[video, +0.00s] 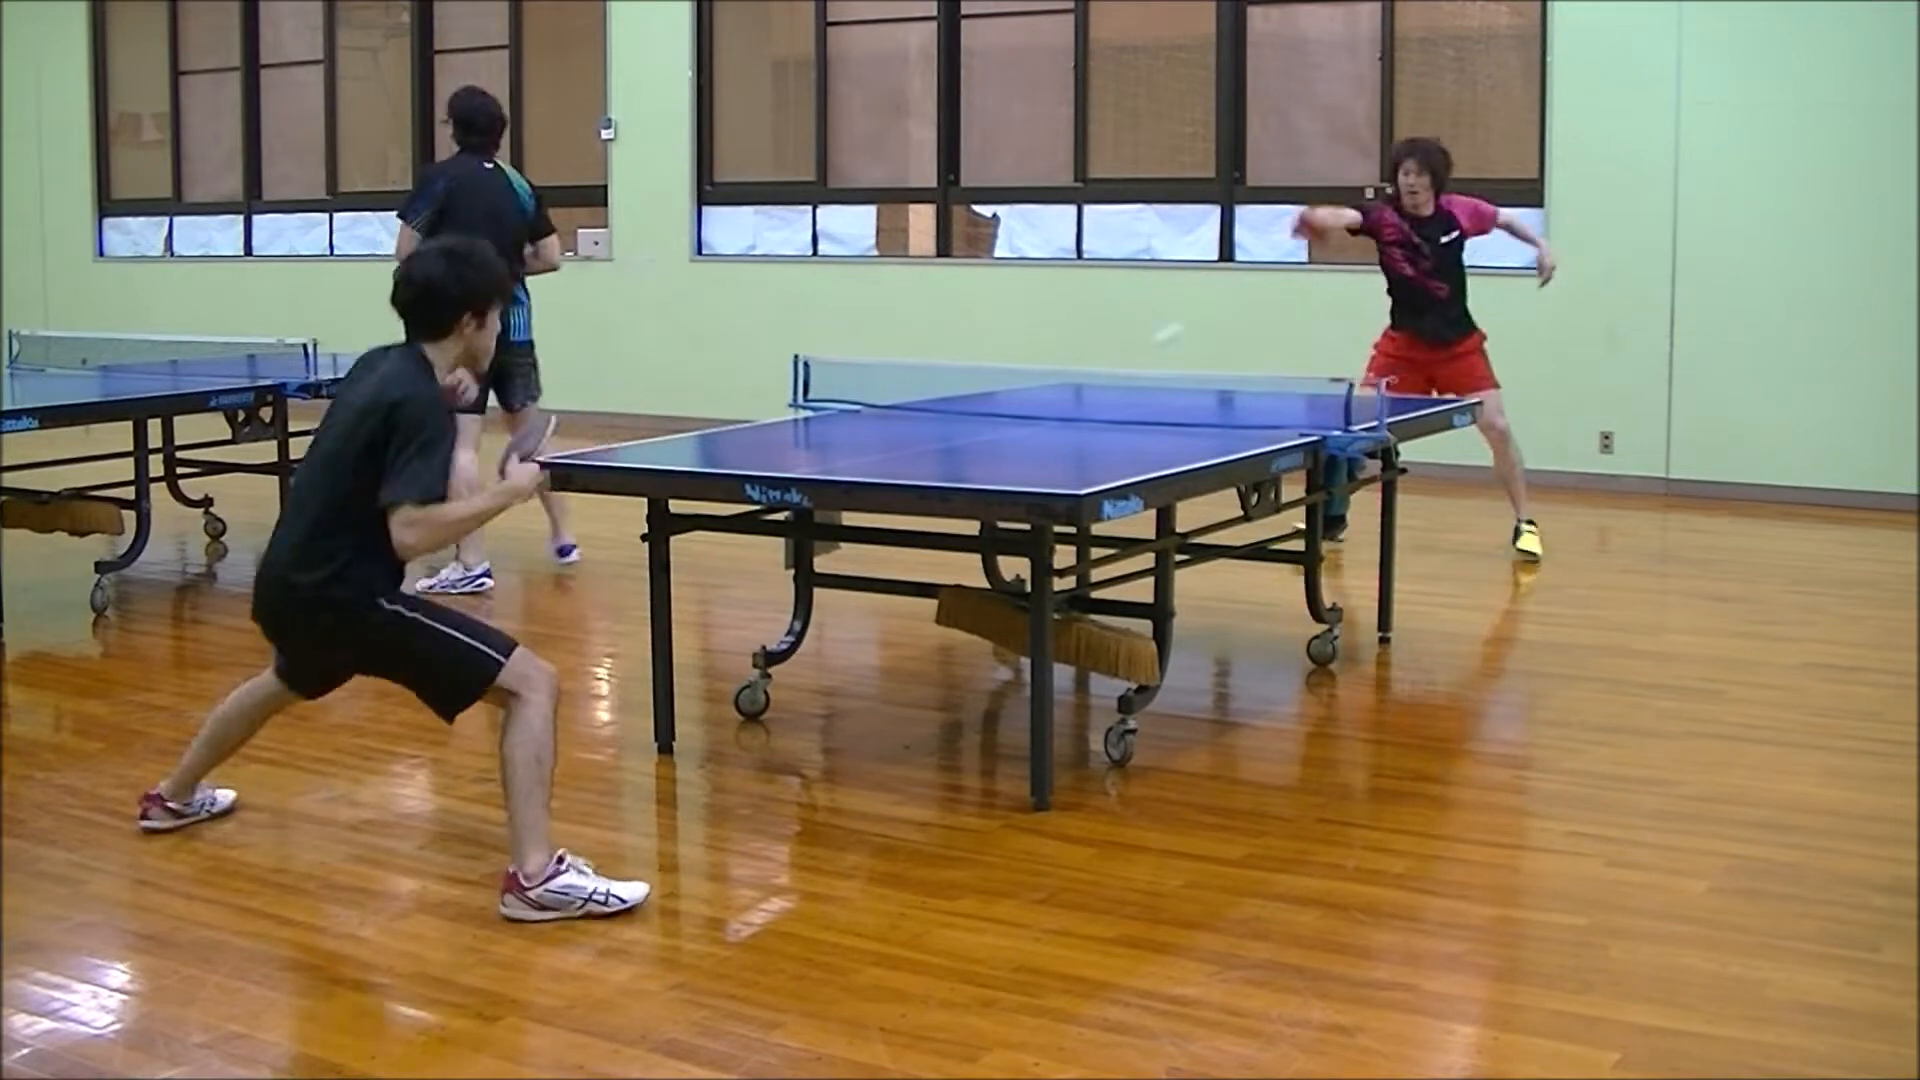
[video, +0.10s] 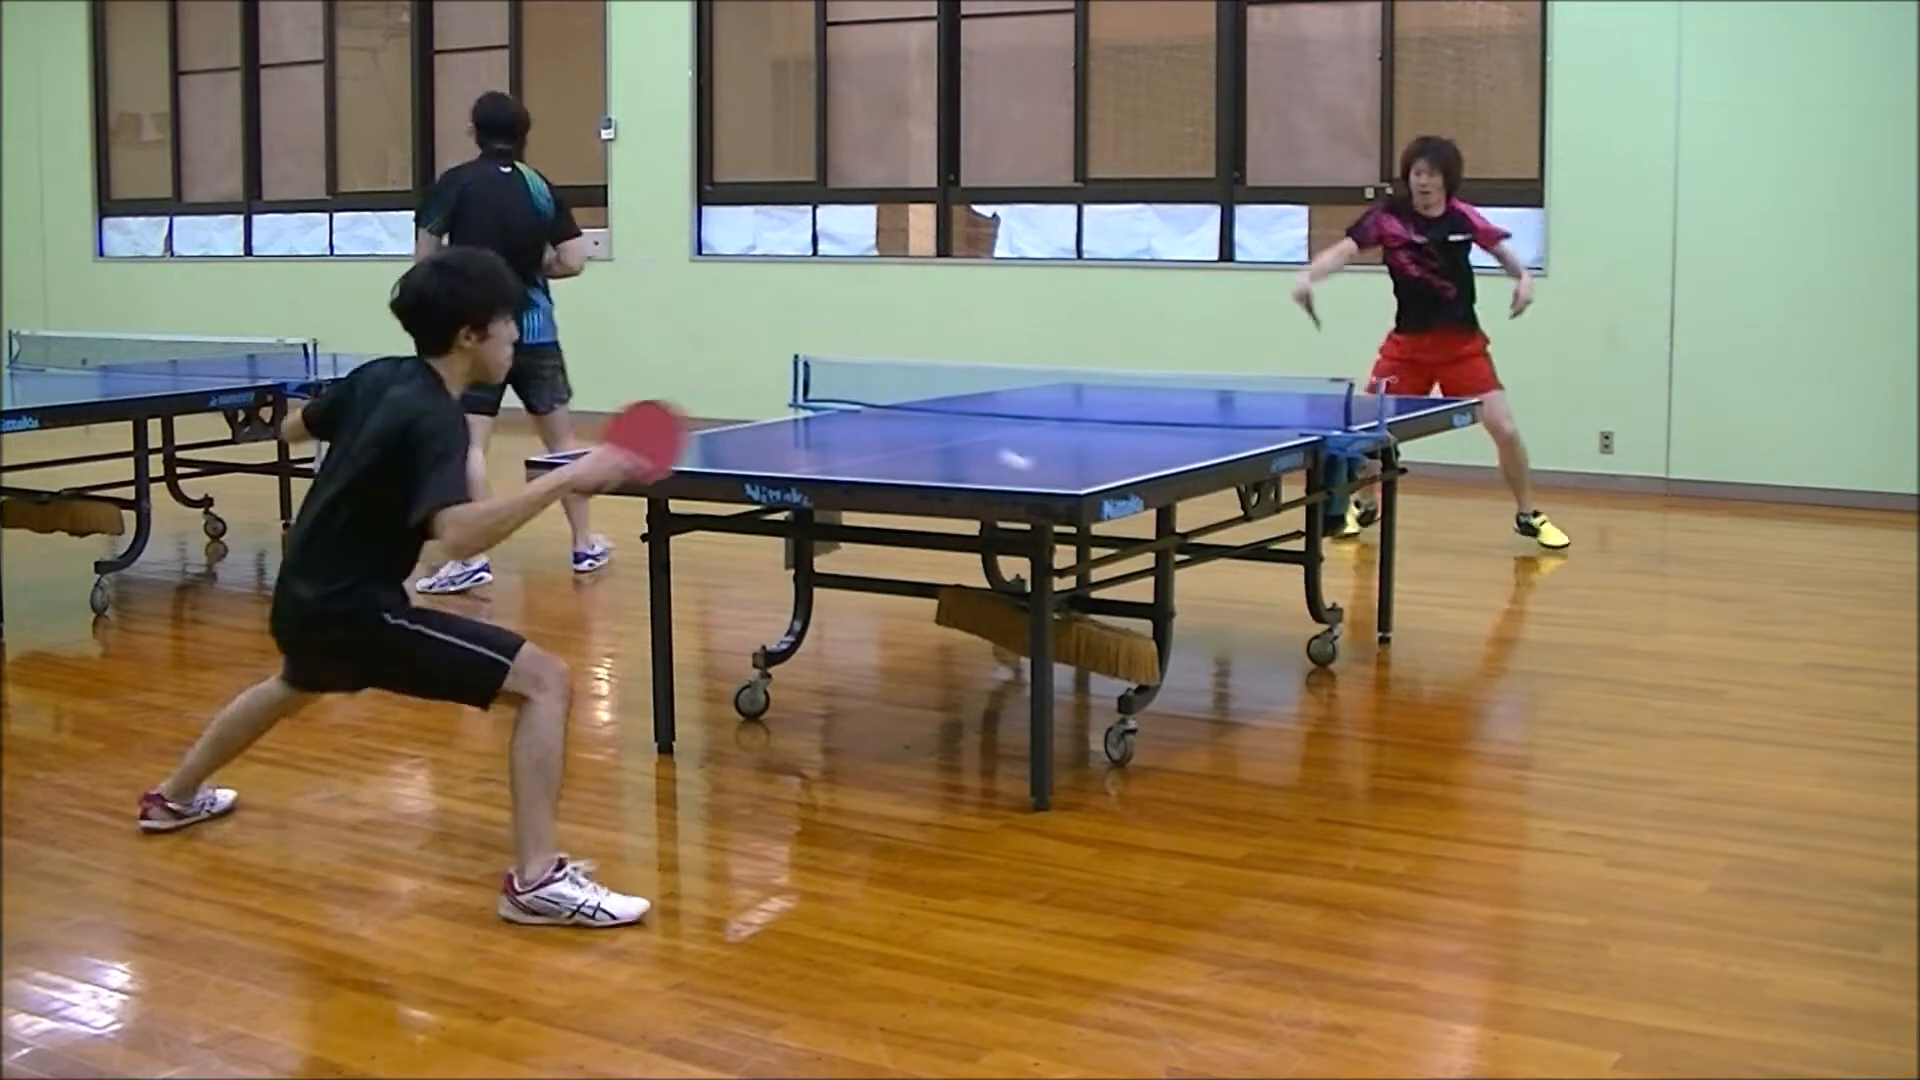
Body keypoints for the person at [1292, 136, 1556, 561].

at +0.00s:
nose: (1410, 183)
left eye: (1419, 175)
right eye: (1403, 175)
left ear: (1436, 180)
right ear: (1395, 180)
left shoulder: (1457, 211)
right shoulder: (1383, 216)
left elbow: (1506, 221)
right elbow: (1343, 218)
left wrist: (1542, 247)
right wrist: (1312, 217)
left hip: (1459, 348)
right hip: (1402, 346)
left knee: (1497, 427)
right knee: (1354, 425)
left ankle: (1524, 522)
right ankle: (1333, 516)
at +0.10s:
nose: (1423, 182)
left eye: (1432, 175)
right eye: (1416, 173)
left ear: (1448, 180)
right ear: (1406, 178)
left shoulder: (1462, 217)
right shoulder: (1387, 218)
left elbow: (1500, 250)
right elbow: (1344, 251)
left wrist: (1523, 278)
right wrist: (1308, 276)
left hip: (1463, 348)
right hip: (1407, 349)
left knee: (1506, 431)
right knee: (1363, 427)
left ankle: (1528, 514)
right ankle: (1368, 505)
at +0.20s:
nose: (1429, 192)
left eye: (1438, 185)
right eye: (1423, 184)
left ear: (1455, 192)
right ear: (1415, 191)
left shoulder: (1477, 234)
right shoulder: (1398, 241)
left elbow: (1515, 272)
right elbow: (1359, 284)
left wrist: (1524, 295)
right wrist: (1324, 319)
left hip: (1475, 360)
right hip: (1421, 359)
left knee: (1517, 444)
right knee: (1374, 433)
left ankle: (1531, 512)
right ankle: (1366, 513)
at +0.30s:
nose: (1440, 186)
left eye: (1449, 179)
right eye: (1433, 179)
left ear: (1466, 184)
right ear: (1424, 186)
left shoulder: (1492, 220)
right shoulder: (1414, 242)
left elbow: (1532, 255)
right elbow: (1391, 292)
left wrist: (1537, 299)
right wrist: (1364, 334)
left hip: (1511, 347)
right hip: (1454, 356)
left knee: (1555, 428)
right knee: (1409, 430)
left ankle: (1562, 503)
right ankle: (1381, 508)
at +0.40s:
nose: (1459, 196)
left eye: (1468, 188)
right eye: (1453, 189)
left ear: (1485, 193)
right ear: (1445, 196)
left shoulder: (1511, 231)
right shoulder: (1439, 250)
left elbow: (1556, 266)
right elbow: (1419, 297)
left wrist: (1566, 316)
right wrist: (1405, 342)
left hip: (1535, 353)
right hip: (1483, 362)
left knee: (1584, 435)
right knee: (1439, 424)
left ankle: (1626, 505)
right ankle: (1456, 504)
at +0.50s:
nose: (1484, 222)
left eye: (1492, 215)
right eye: (1477, 215)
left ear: (1507, 219)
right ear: (1469, 224)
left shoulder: (1538, 256)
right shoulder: (1466, 274)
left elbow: (1583, 290)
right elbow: (1441, 320)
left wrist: (1602, 333)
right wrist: (1436, 353)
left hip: (1564, 377)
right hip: (1510, 382)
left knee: (1616, 453)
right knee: (1455, 437)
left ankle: (1652, 520)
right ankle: (1467, 509)